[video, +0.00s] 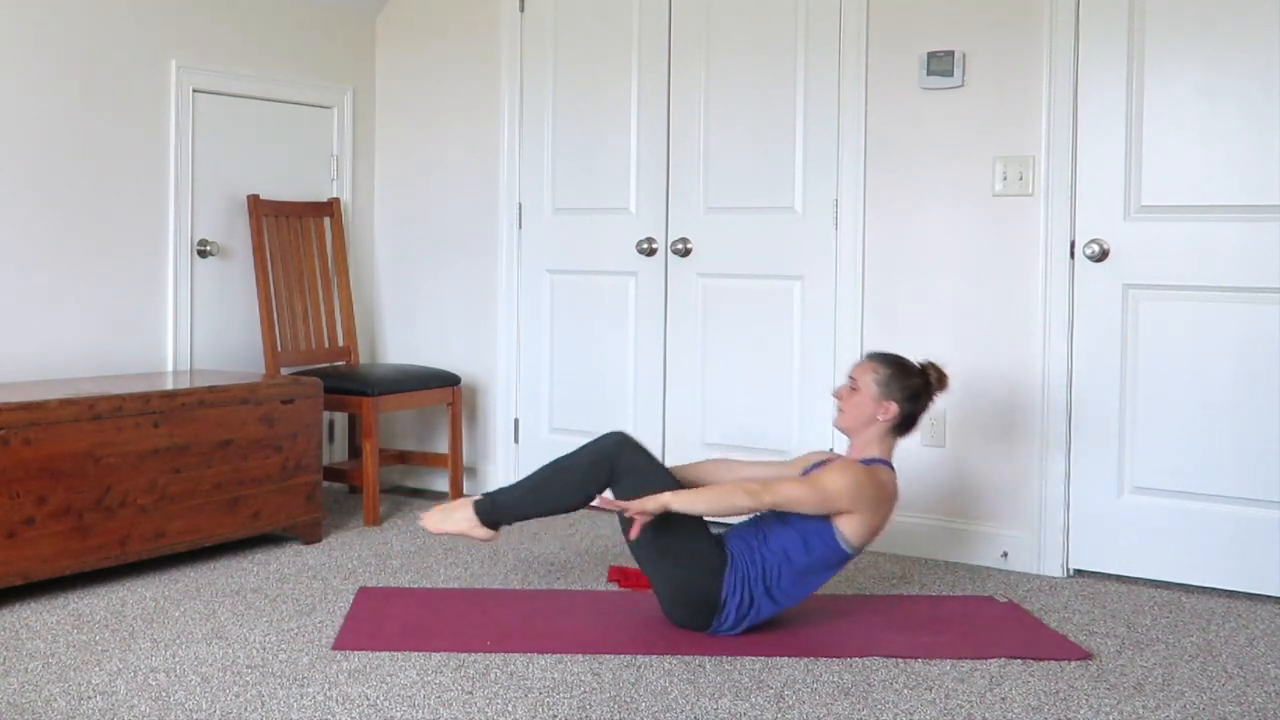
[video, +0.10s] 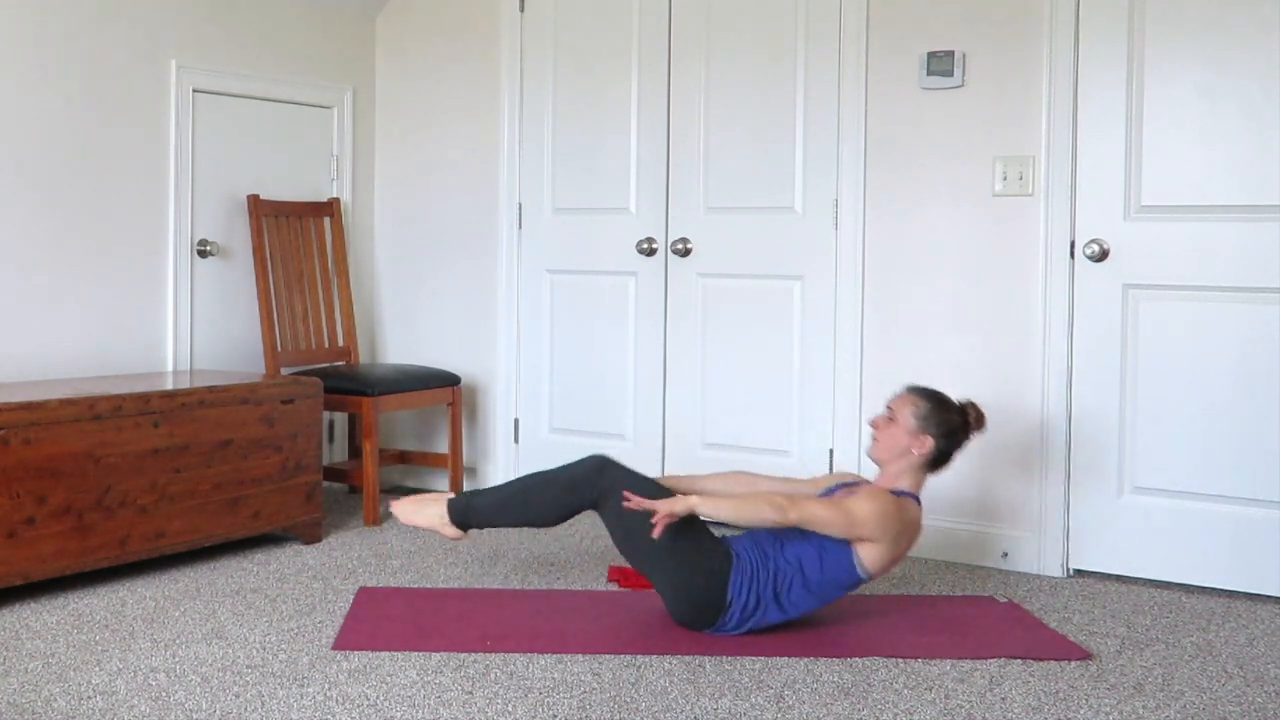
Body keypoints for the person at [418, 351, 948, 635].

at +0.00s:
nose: (838, 393)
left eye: (852, 388)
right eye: (845, 383)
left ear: (885, 413)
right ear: (873, 409)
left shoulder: (865, 483)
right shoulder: (836, 465)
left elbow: (759, 498)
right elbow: (741, 475)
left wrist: (660, 502)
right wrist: (649, 490)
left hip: (716, 595)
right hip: (714, 570)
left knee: (619, 452)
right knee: (619, 450)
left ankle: (483, 514)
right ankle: (489, 509)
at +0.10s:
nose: (876, 425)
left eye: (891, 421)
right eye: (883, 415)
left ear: (920, 449)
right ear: (904, 439)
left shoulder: (887, 512)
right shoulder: (863, 488)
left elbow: (788, 513)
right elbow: (772, 489)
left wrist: (693, 507)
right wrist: (683, 485)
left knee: (596, 476)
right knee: (602, 471)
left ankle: (454, 513)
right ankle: (461, 509)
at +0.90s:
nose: (892, 438)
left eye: (910, 435)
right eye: (900, 428)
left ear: (940, 464)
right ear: (915, 450)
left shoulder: (907, 524)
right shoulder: (876, 494)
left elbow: (809, 524)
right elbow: (788, 496)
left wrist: (711, 514)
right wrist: (701, 496)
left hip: (729, 588)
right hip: (726, 565)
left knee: (597, 491)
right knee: (598, 487)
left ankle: (449, 520)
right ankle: (454, 514)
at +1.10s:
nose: (829, 380)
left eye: (843, 376)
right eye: (836, 370)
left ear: (872, 403)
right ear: (863, 400)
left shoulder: (863, 472)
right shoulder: (827, 451)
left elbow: (757, 497)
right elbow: (737, 476)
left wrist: (657, 513)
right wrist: (650, 504)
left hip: (724, 595)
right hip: (717, 574)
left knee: (635, 446)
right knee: (632, 445)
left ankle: (500, 503)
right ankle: (497, 489)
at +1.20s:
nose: (798, 364)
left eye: (811, 360)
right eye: (806, 356)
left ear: (843, 385)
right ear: (840, 388)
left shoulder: (830, 456)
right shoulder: (806, 438)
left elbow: (733, 486)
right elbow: (721, 468)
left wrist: (638, 508)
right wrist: (630, 496)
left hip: (719, 598)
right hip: (714, 578)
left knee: (669, 433)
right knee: (663, 429)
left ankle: (530, 484)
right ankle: (530, 469)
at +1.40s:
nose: (791, 356)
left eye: (805, 352)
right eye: (799, 347)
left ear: (835, 376)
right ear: (831, 377)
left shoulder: (820, 449)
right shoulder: (795, 433)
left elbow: (720, 480)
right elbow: (703, 465)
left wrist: (625, 498)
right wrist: (613, 484)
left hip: (719, 598)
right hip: (712, 581)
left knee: (687, 431)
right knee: (682, 428)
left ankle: (545, 467)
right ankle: (545, 452)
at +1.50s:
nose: (823, 373)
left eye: (837, 370)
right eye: (832, 364)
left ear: (865, 396)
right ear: (861, 395)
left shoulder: (848, 466)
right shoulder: (824, 447)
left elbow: (740, 486)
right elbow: (731, 465)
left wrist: (646, 498)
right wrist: (644, 484)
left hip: (720, 595)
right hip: (718, 575)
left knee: (649, 438)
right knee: (647, 435)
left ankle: (510, 474)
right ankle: (511, 461)